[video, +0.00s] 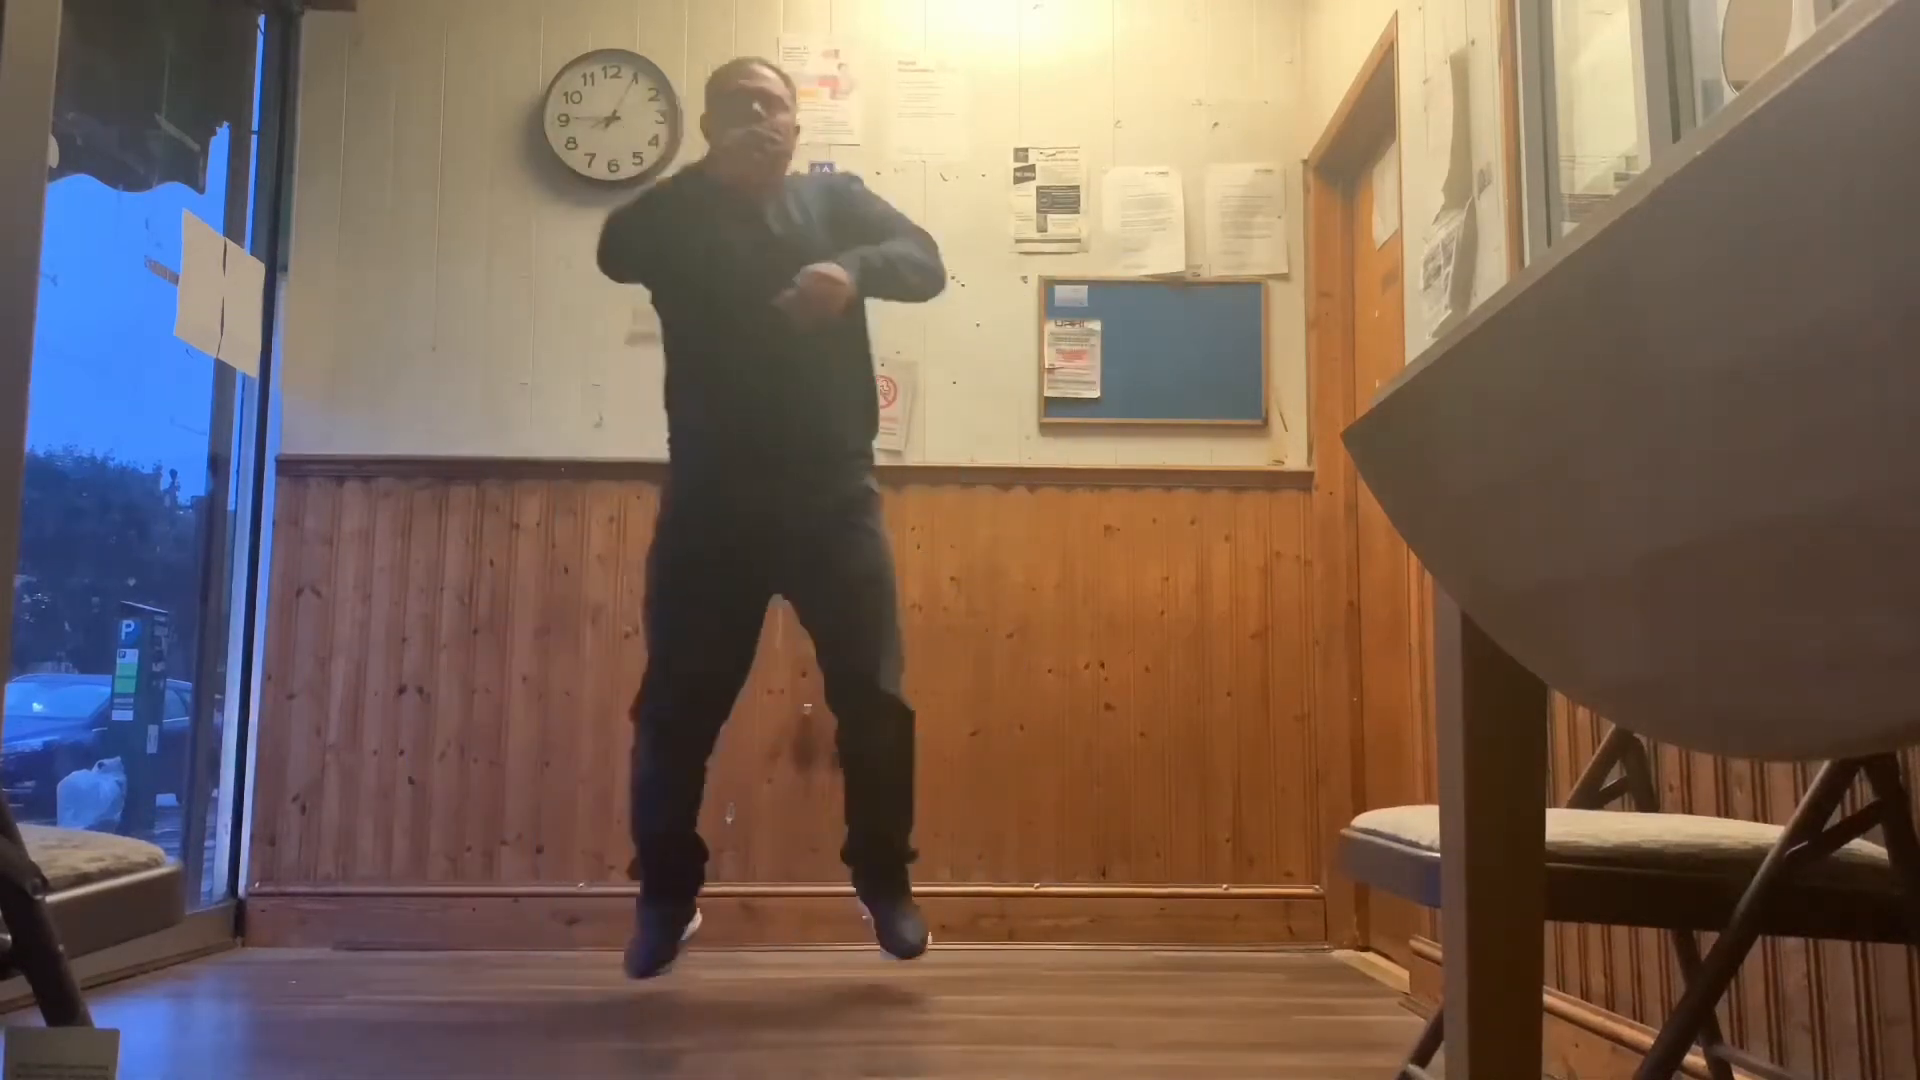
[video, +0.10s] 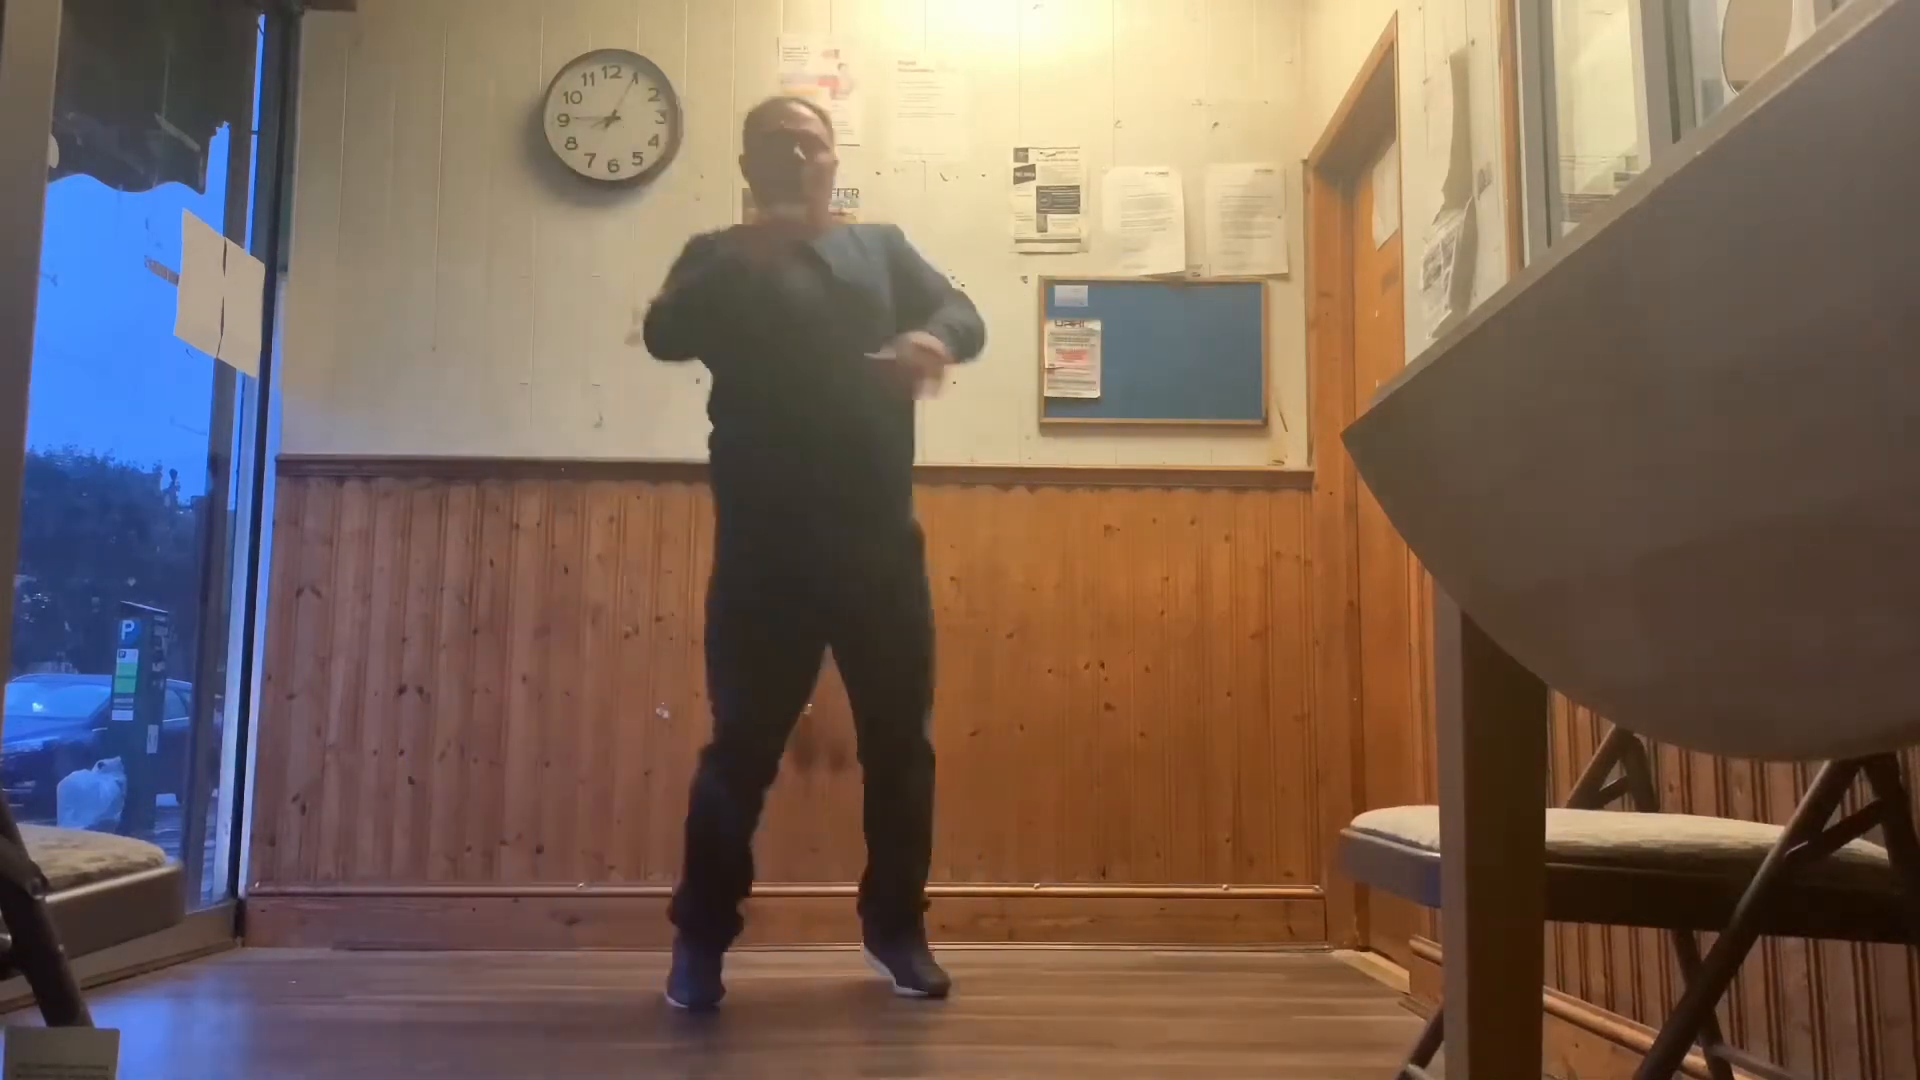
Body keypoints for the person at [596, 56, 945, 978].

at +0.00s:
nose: (763, 118)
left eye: (776, 105)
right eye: (743, 107)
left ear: (797, 124)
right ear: (708, 128)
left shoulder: (837, 199)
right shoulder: (680, 214)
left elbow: (927, 263)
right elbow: (616, 252)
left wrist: (852, 270)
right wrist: (705, 174)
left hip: (833, 499)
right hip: (713, 504)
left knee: (875, 694)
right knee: (676, 708)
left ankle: (885, 879)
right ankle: (665, 893)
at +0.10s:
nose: (802, 155)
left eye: (815, 141)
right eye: (783, 142)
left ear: (837, 161)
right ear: (747, 163)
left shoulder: (882, 250)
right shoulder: (717, 257)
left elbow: (965, 318)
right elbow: (665, 338)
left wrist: (936, 341)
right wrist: (746, 255)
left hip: (878, 545)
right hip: (766, 550)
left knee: (902, 744)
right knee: (743, 753)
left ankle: (896, 927)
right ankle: (700, 945)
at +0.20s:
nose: (846, 214)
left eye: (855, 199)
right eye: (827, 201)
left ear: (872, 210)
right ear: (786, 215)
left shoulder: (920, 308)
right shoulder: (747, 319)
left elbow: (981, 394)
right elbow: (676, 416)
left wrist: (1059, 430)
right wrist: (707, 387)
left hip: (922, 575)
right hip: (815, 579)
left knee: (932, 776)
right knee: (845, 754)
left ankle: (891, 944)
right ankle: (765, 921)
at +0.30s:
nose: (879, 235)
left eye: (887, 219)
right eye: (859, 221)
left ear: (900, 222)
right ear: (813, 228)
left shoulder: (945, 311)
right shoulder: (768, 331)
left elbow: (1042, 399)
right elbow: (678, 387)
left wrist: (1143, 467)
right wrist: (596, 433)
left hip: (956, 572)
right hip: (851, 577)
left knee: (983, 779)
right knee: (921, 720)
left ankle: (892, 922)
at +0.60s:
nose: (918, 199)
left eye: (933, 190)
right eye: (898, 187)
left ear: (953, 224)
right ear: (861, 217)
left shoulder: (990, 318)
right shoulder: (807, 329)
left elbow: (1073, 411)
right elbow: (718, 418)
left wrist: (1159, 492)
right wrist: (628, 491)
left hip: (982, 574)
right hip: (875, 583)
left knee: (1035, 771)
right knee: (960, 760)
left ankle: (962, 919)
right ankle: (1041, 966)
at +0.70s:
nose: (899, 200)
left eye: (915, 188)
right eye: (883, 189)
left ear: (945, 216)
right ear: (856, 218)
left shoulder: (986, 327)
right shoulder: (808, 323)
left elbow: (1028, 444)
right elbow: (751, 439)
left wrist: (1046, 520)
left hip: (957, 567)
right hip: (849, 572)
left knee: (991, 753)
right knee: (893, 717)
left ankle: (963, 941)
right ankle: (951, 938)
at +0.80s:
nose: (865, 178)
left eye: (885, 171)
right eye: (851, 169)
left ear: (920, 204)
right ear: (830, 201)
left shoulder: (959, 302)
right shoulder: (790, 287)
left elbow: (990, 415)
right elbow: (724, 393)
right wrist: (813, 352)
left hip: (934, 560)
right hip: (819, 557)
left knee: (976, 744)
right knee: (797, 712)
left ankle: (958, 940)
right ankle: (833, 871)